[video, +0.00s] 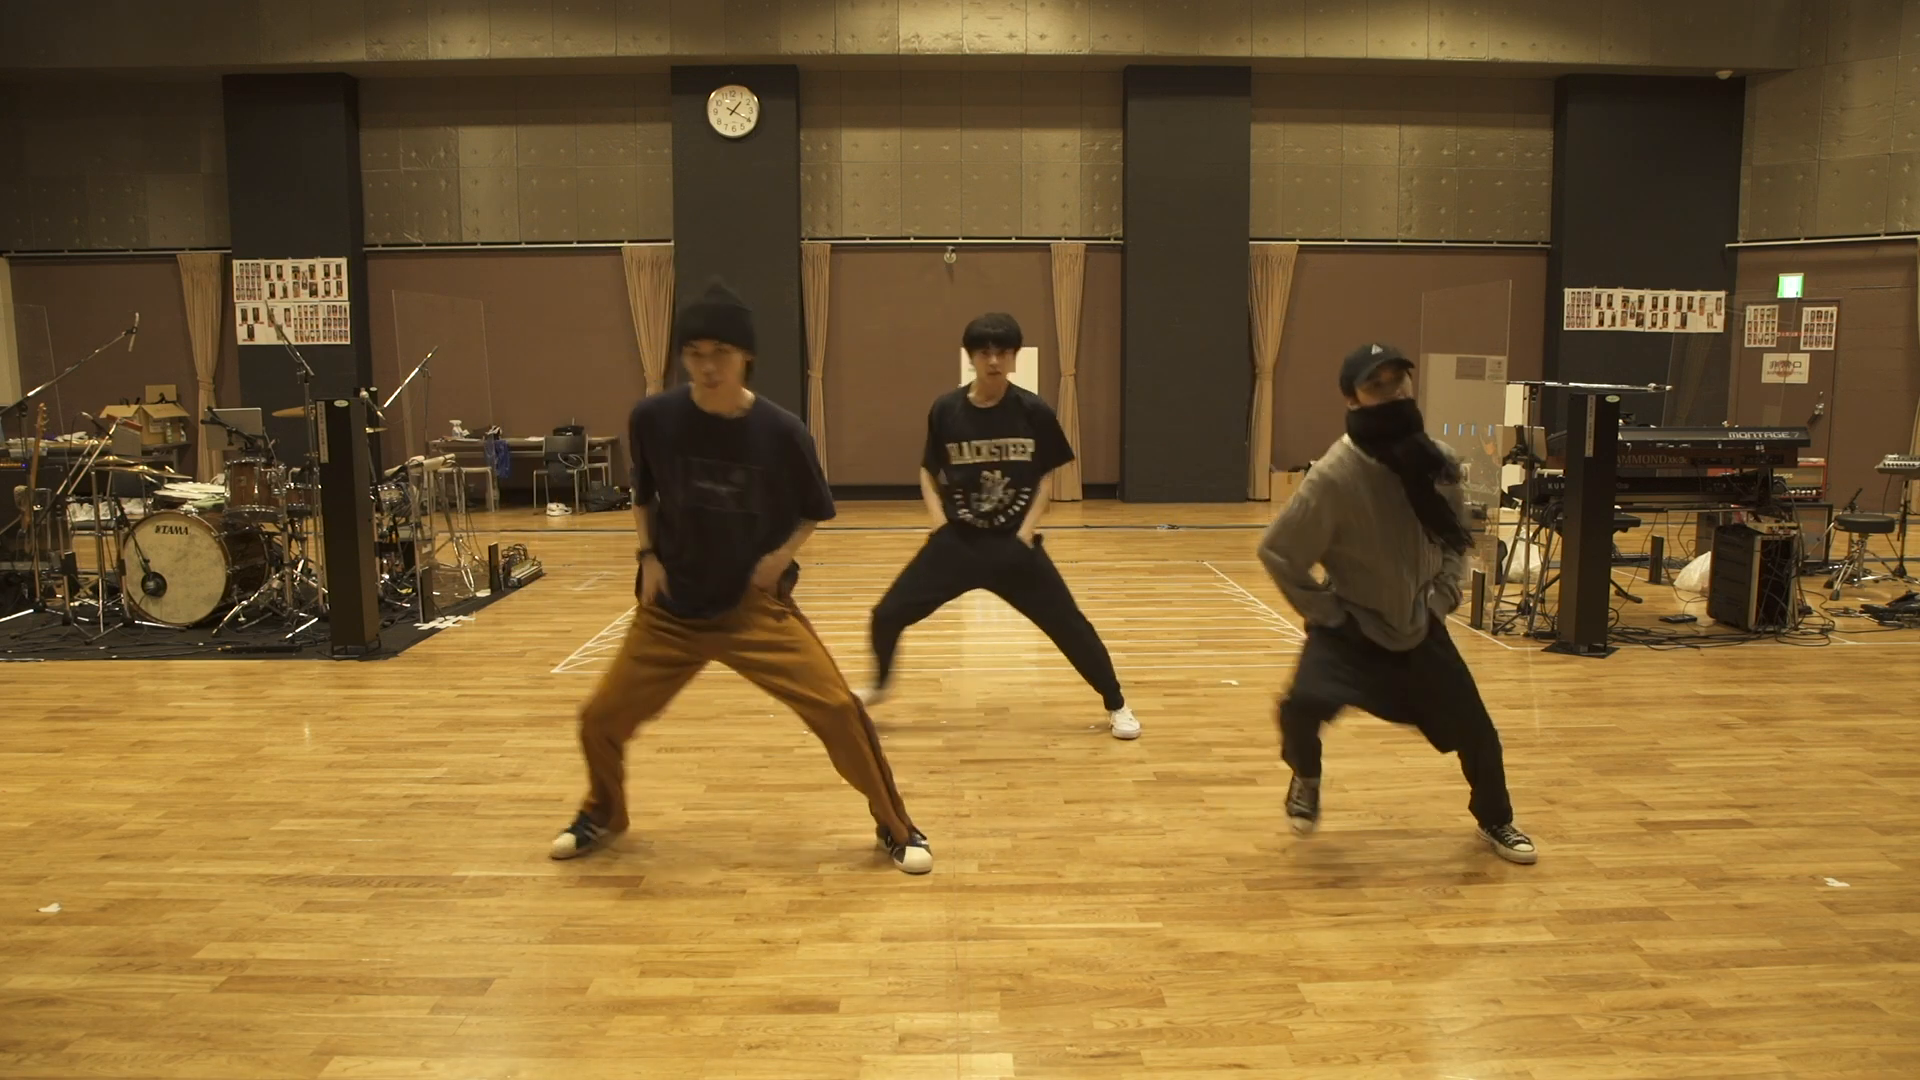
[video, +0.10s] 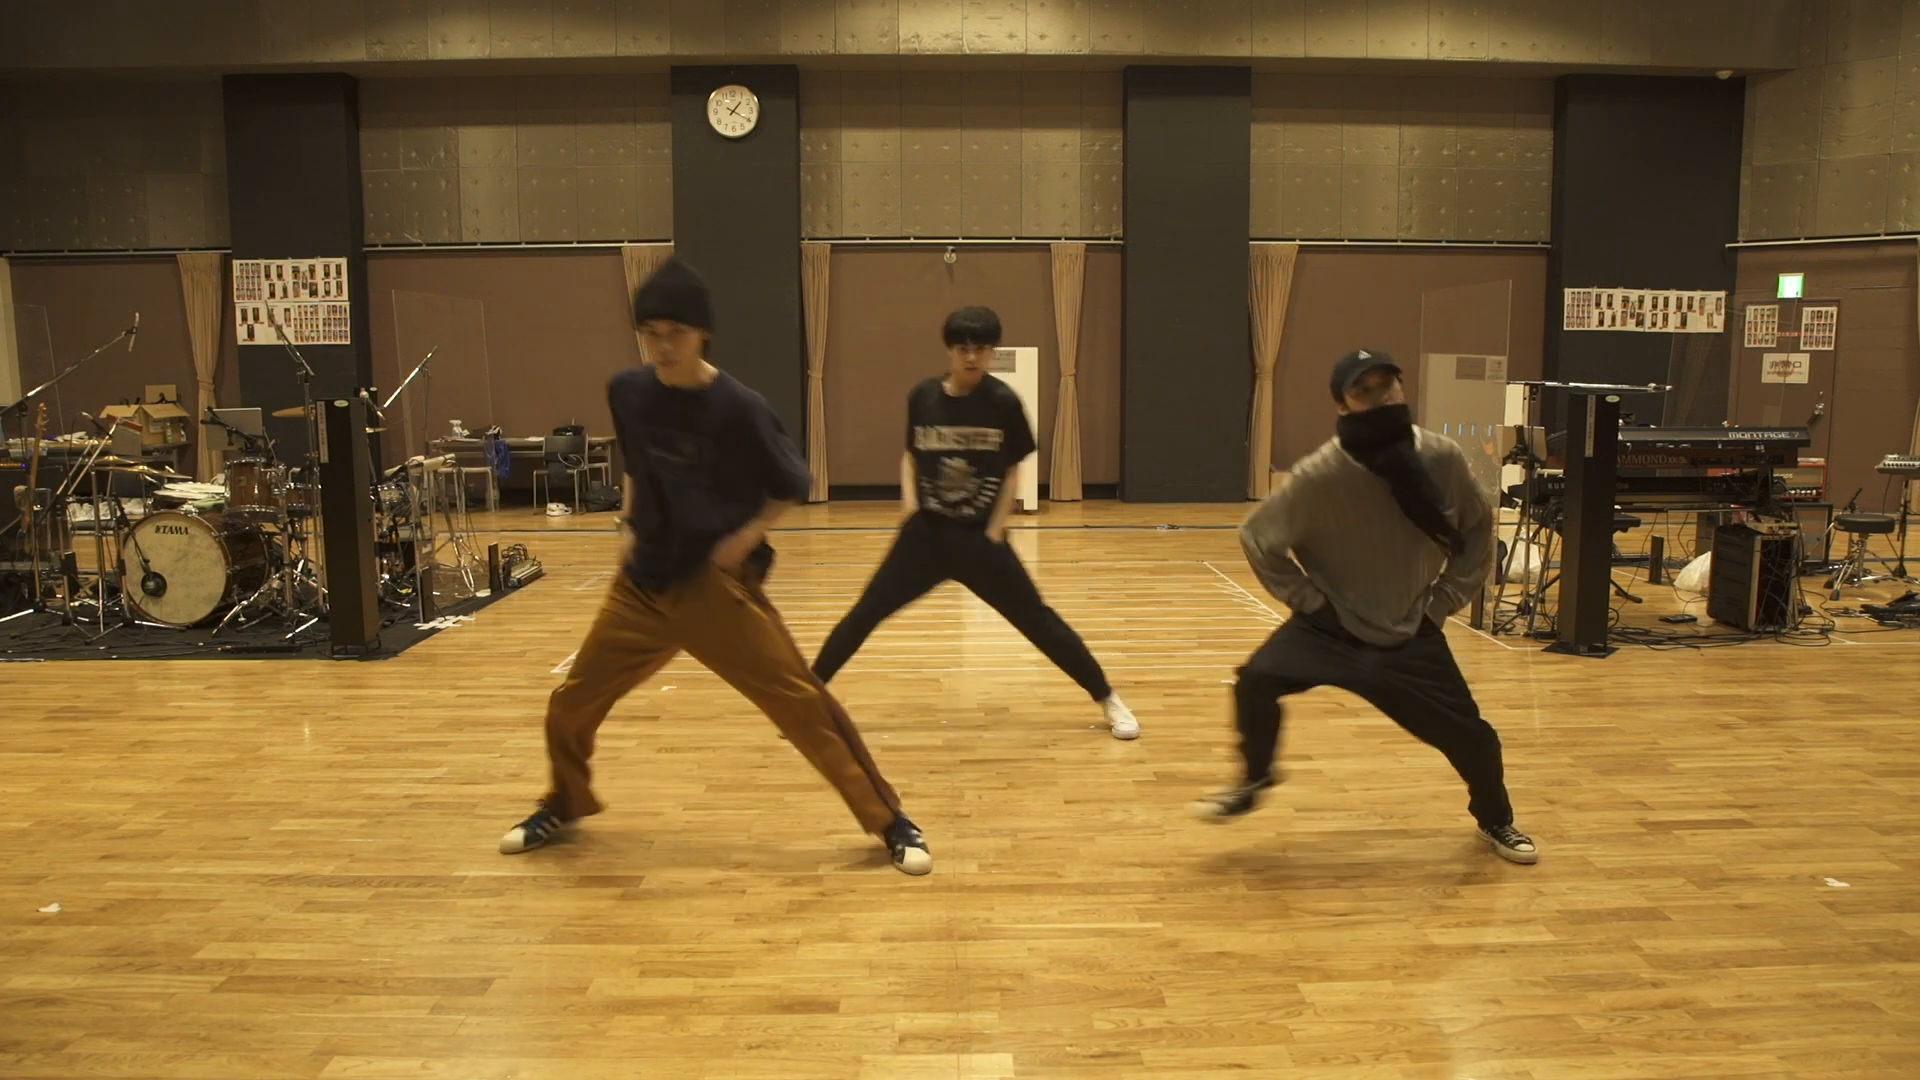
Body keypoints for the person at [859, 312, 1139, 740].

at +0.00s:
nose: (994, 362)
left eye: (1003, 353)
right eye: (985, 353)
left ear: (1015, 358)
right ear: (970, 357)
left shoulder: (1035, 412)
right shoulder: (946, 410)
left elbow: (1045, 475)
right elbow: (928, 469)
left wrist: (1026, 532)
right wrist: (941, 522)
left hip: (1014, 546)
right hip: (956, 543)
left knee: (1069, 625)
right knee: (886, 615)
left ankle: (1118, 707)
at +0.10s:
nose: (972, 358)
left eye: (981, 350)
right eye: (964, 349)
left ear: (992, 353)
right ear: (948, 351)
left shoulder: (1004, 402)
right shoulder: (923, 398)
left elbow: (1012, 470)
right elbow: (910, 456)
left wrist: (993, 532)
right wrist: (911, 508)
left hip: (980, 541)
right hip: (926, 536)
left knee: (1038, 620)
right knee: (866, 611)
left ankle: (1108, 700)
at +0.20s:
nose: (938, 358)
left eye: (946, 348)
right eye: (929, 348)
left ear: (960, 348)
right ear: (915, 348)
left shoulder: (965, 405)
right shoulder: (905, 381)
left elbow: (974, 477)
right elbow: (888, 447)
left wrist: (947, 530)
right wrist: (870, 497)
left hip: (934, 533)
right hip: (884, 524)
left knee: (997, 613)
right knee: (836, 611)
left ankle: (1070, 695)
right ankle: (805, 707)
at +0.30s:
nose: (888, 353)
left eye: (898, 345)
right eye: (881, 345)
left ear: (915, 344)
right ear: (870, 343)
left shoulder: (918, 400)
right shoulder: (876, 378)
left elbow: (934, 472)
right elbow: (865, 444)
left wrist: (900, 528)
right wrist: (839, 488)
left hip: (889, 527)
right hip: (843, 517)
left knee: (948, 611)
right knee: (808, 612)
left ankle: (1024, 691)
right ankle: (804, 707)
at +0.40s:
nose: (866, 350)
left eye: (875, 341)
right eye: (859, 341)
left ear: (894, 339)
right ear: (848, 340)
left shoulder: (895, 397)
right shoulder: (855, 373)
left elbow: (912, 469)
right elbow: (838, 434)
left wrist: (879, 526)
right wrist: (815, 479)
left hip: (869, 522)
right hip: (823, 512)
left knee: (923, 606)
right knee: (798, 608)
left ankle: (999, 690)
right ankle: (803, 705)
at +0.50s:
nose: (844, 344)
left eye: (853, 335)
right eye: (837, 335)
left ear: (871, 334)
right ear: (826, 334)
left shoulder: (880, 390)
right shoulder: (829, 373)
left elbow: (895, 461)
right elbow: (816, 435)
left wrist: (860, 516)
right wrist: (787, 472)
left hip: (841, 519)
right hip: (794, 508)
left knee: (887, 606)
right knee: (783, 607)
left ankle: (953, 690)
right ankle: (801, 704)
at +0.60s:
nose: (835, 339)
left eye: (843, 330)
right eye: (827, 330)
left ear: (859, 330)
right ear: (816, 332)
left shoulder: (877, 383)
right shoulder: (811, 373)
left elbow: (886, 455)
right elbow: (795, 433)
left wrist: (854, 511)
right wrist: (769, 470)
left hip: (831, 516)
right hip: (781, 506)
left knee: (851, 614)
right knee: (775, 607)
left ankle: (898, 679)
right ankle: (800, 703)